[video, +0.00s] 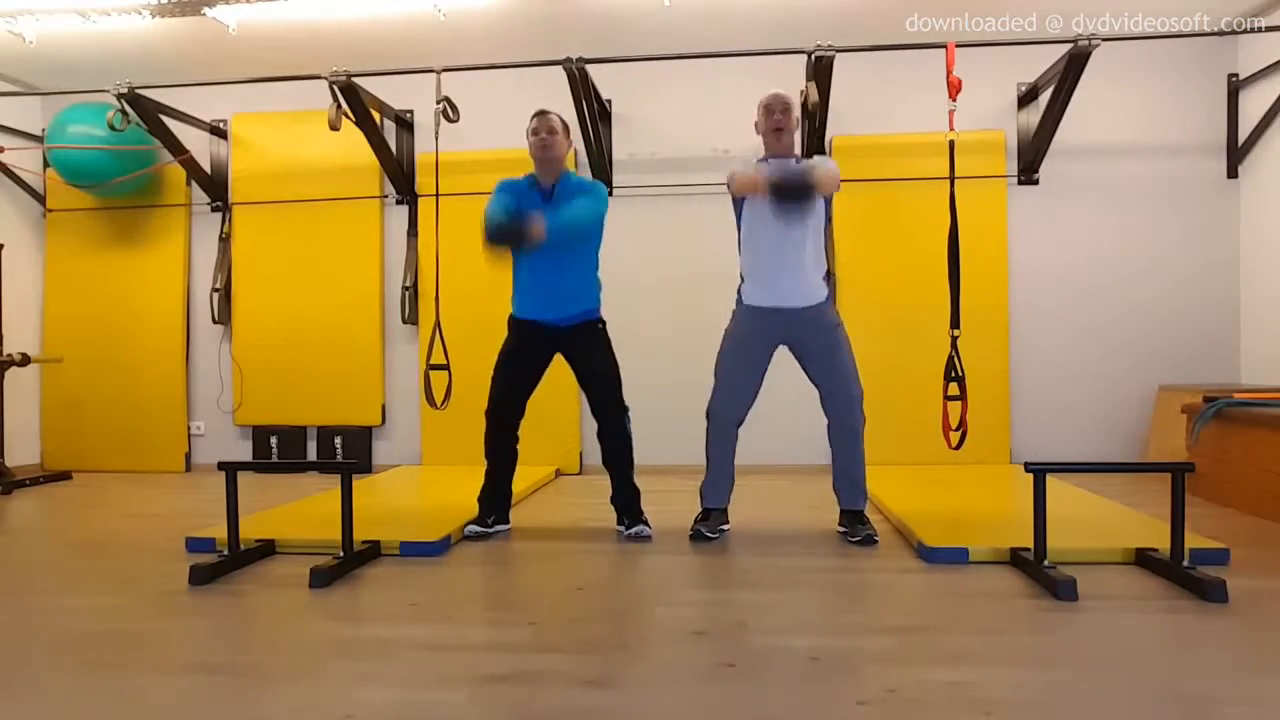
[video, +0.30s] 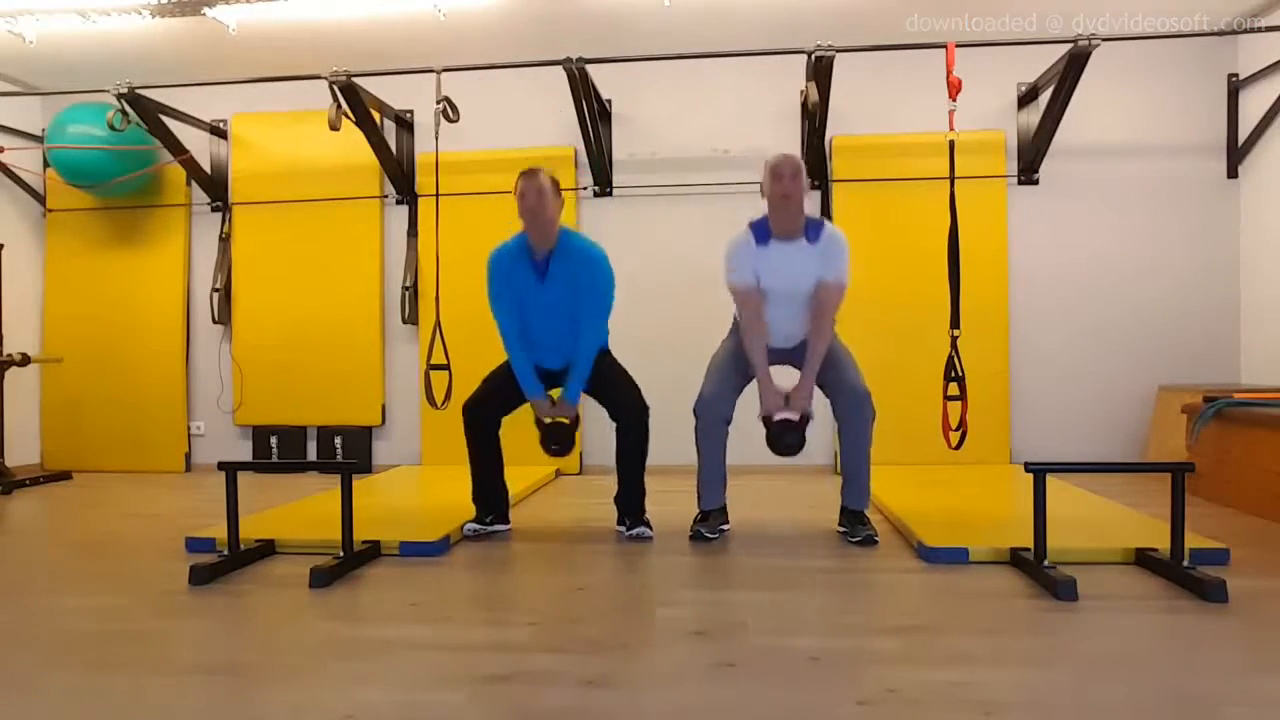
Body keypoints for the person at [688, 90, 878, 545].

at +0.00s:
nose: (779, 117)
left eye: (785, 111)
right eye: (770, 111)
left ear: (797, 122)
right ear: (758, 125)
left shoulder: (820, 166)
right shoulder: (745, 172)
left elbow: (828, 180)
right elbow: (740, 183)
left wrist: (800, 179)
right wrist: (777, 182)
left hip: (814, 313)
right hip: (755, 315)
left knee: (847, 407)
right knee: (723, 411)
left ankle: (852, 512)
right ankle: (714, 509)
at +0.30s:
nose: (786, 182)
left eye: (794, 175)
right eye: (778, 176)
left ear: (807, 187)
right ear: (764, 189)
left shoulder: (831, 241)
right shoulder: (743, 246)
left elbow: (823, 319)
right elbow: (751, 321)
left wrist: (806, 385)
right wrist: (765, 384)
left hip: (811, 340)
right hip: (752, 340)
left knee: (858, 402)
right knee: (710, 405)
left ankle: (854, 512)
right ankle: (712, 510)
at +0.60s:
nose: (786, 196)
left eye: (793, 189)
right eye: (776, 190)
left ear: (806, 199)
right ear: (762, 201)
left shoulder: (831, 249)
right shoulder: (741, 254)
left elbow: (821, 318)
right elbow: (748, 323)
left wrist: (802, 372)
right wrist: (762, 373)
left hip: (813, 337)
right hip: (752, 338)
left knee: (854, 397)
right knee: (713, 402)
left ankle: (853, 510)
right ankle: (713, 509)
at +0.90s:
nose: (773, 120)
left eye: (778, 115)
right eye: (765, 115)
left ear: (789, 126)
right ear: (752, 129)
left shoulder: (814, 162)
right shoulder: (737, 172)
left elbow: (816, 186)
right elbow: (743, 191)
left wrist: (802, 210)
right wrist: (765, 211)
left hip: (810, 304)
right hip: (753, 306)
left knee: (835, 407)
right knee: (732, 407)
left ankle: (852, 512)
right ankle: (714, 510)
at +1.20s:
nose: (776, 119)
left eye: (784, 114)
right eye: (769, 114)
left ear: (797, 124)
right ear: (757, 126)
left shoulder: (816, 167)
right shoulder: (745, 170)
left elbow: (815, 119)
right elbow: (746, 121)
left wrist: (804, 60)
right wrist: (761, 60)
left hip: (812, 298)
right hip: (755, 300)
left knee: (835, 407)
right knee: (735, 406)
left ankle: (852, 511)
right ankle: (715, 509)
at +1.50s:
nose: (785, 135)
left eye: (790, 129)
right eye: (779, 128)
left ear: (805, 129)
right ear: (763, 128)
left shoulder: (818, 164)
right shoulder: (747, 166)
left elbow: (826, 163)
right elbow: (748, 161)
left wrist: (812, 117)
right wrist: (766, 122)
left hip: (815, 304)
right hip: (757, 305)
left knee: (842, 410)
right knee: (730, 410)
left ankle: (853, 511)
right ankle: (715, 509)